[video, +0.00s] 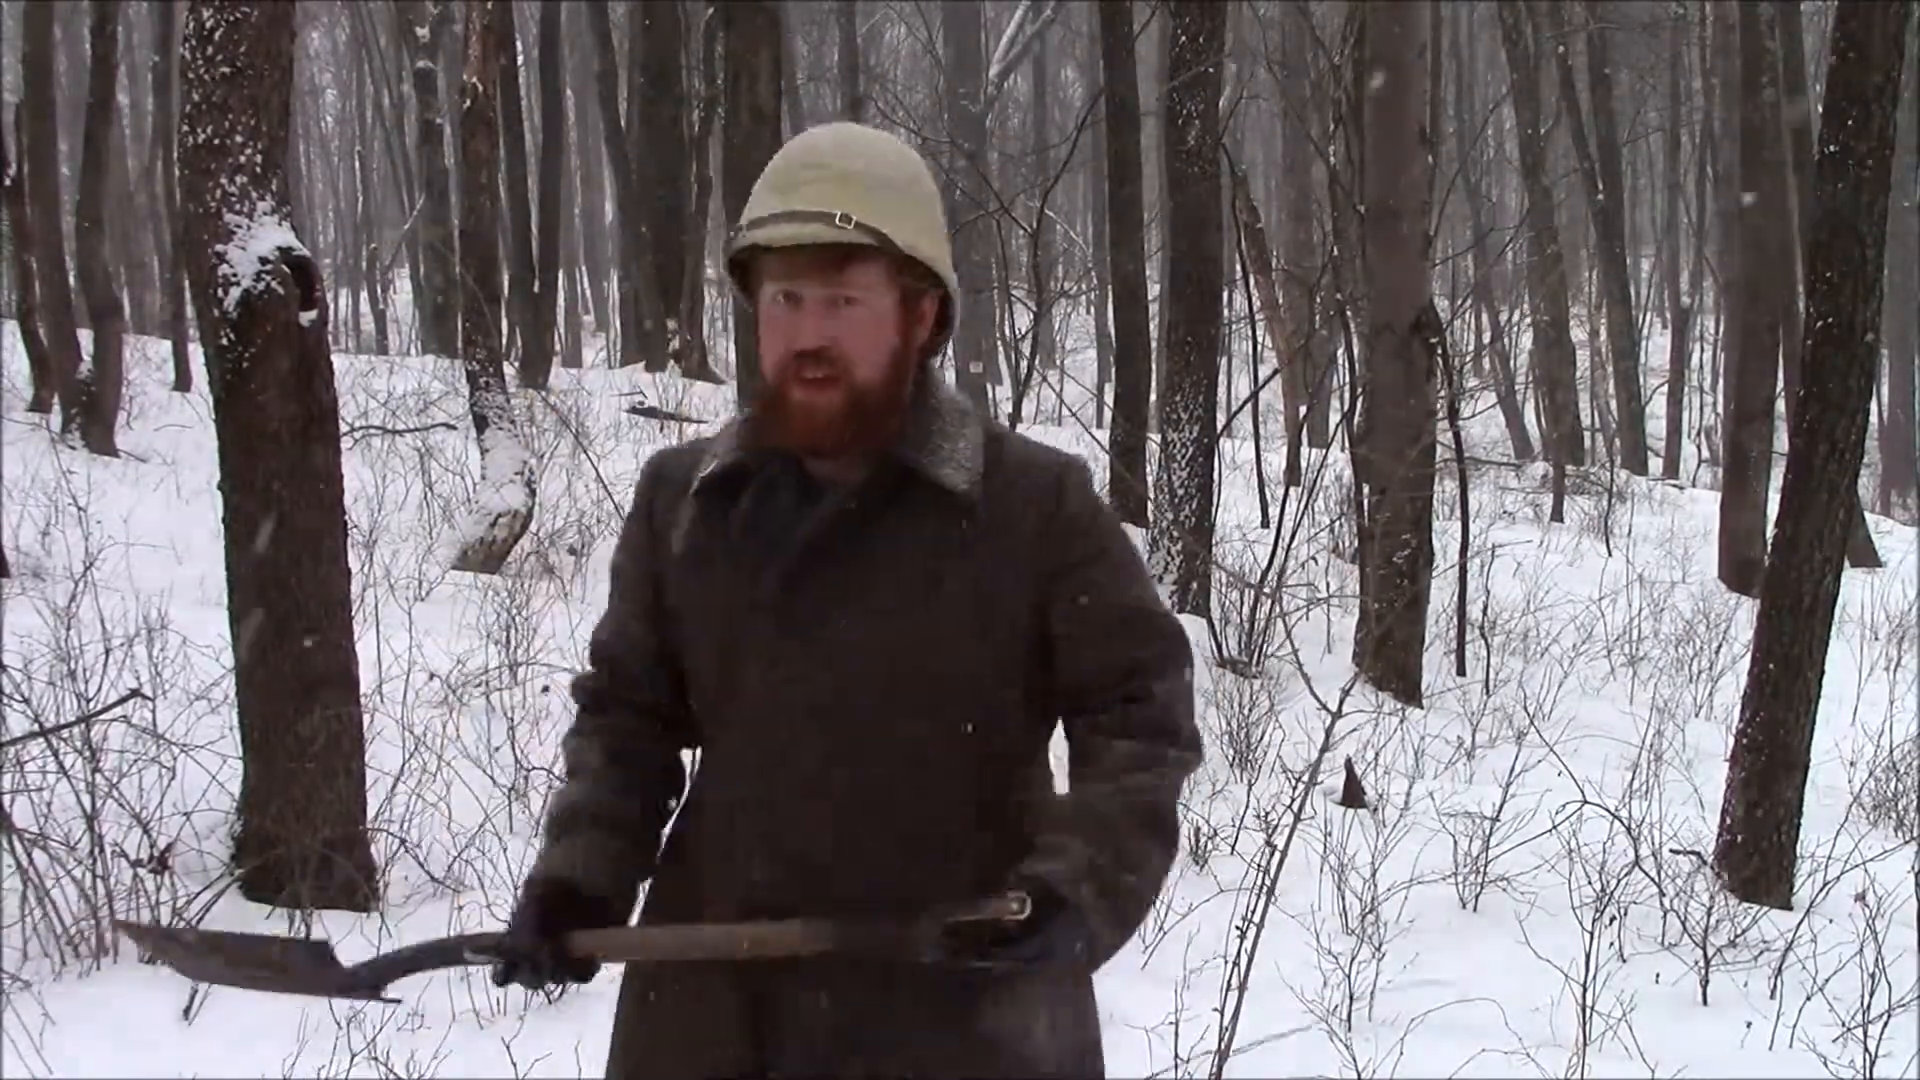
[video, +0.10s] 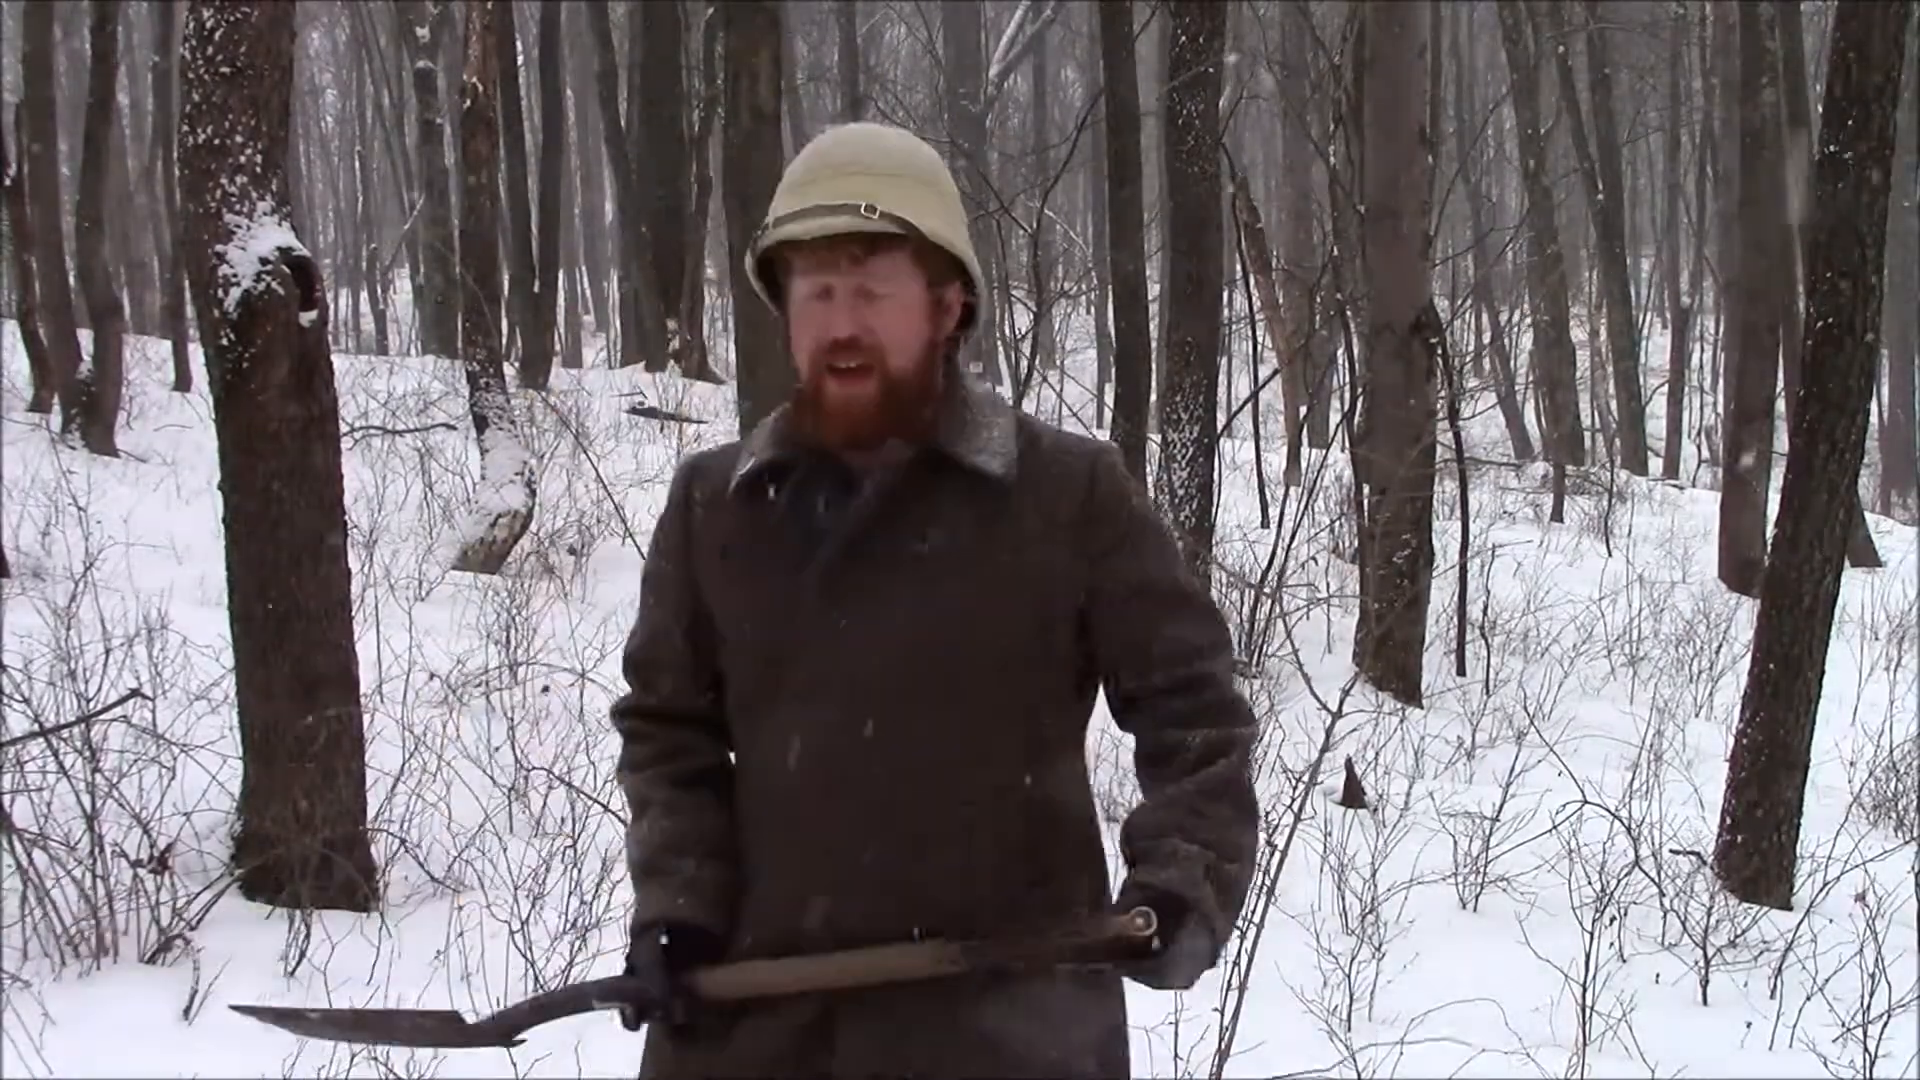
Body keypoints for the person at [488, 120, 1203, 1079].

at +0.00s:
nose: (808, 336)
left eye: (844, 298)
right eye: (784, 300)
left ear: (922, 318)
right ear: (752, 315)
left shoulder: (1034, 508)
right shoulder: (683, 500)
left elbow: (1142, 725)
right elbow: (627, 711)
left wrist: (1071, 894)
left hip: (961, 1010)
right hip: (719, 1005)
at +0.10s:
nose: (841, 323)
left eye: (874, 290)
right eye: (816, 292)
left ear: (949, 306)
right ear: (784, 309)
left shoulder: (1072, 494)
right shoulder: (711, 505)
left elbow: (1192, 710)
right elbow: (668, 733)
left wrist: (1185, 876)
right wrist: (676, 909)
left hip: (1008, 1022)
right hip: (759, 1022)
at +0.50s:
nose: (883, 323)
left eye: (909, 287)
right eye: (856, 297)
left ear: (984, 296)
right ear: (830, 324)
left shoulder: (1135, 477)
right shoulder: (783, 524)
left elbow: (1243, 662)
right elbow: (717, 722)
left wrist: (1157, 775)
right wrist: (615, 827)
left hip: (1088, 1000)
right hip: (850, 1003)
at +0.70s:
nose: (876, 314)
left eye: (902, 277)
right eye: (846, 289)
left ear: (975, 283)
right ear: (819, 317)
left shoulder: (1124, 465)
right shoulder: (771, 513)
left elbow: (1230, 637)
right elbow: (697, 710)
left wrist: (1145, 727)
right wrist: (597, 788)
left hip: (1083, 989)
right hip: (844, 1000)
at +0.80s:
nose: (865, 319)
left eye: (890, 280)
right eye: (834, 290)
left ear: (969, 283)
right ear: (808, 318)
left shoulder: (1121, 473)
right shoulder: (761, 514)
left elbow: (1232, 655)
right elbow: (709, 717)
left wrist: (1198, 778)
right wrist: (667, 822)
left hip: (1077, 1005)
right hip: (833, 1009)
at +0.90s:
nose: (858, 326)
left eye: (882, 285)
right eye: (827, 299)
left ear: (961, 289)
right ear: (799, 323)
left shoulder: (1116, 472)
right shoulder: (752, 515)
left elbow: (1228, 667)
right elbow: (705, 735)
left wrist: (1237, 823)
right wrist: (732, 887)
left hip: (1072, 1008)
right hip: (825, 1023)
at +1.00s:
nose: (858, 329)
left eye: (884, 287)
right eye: (828, 300)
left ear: (962, 289)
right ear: (799, 322)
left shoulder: (1116, 473)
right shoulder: (749, 520)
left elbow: (1230, 668)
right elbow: (701, 760)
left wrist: (1259, 827)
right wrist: (763, 955)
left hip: (1084, 1014)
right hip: (847, 1027)